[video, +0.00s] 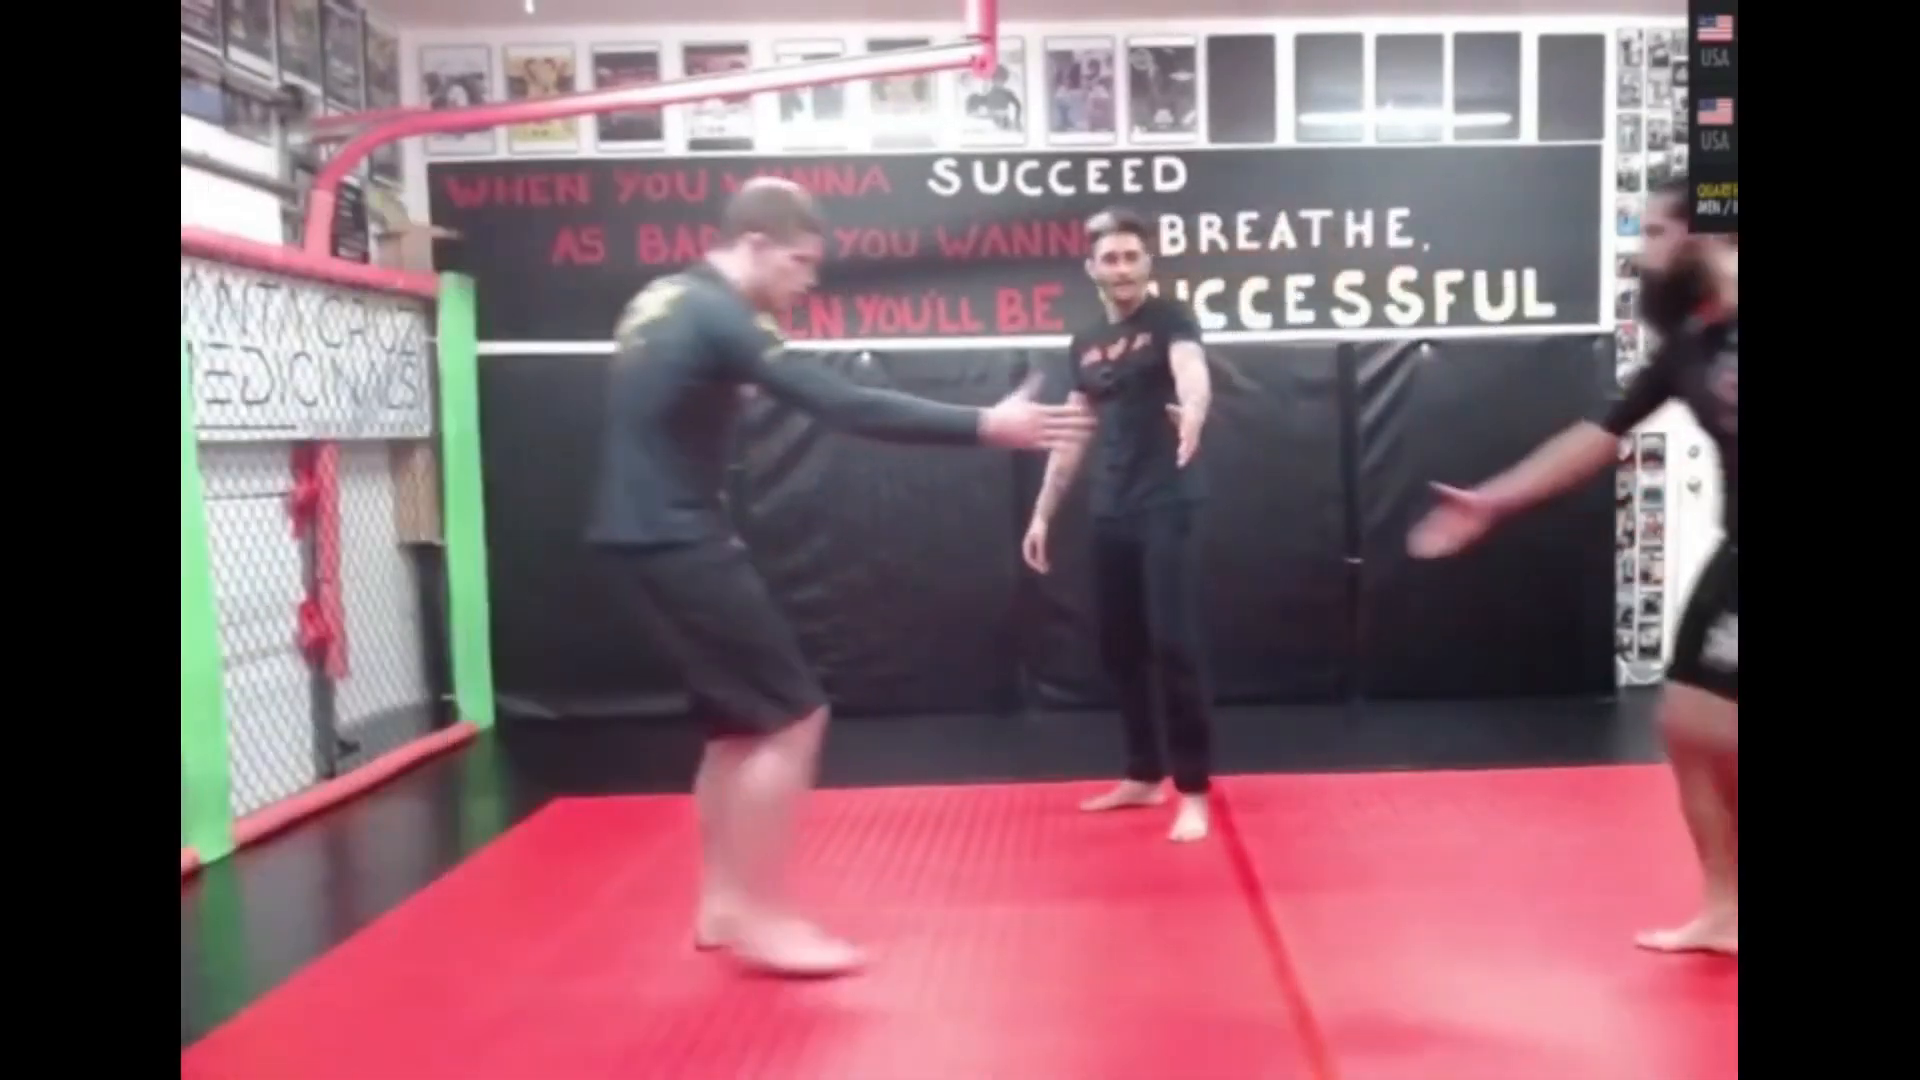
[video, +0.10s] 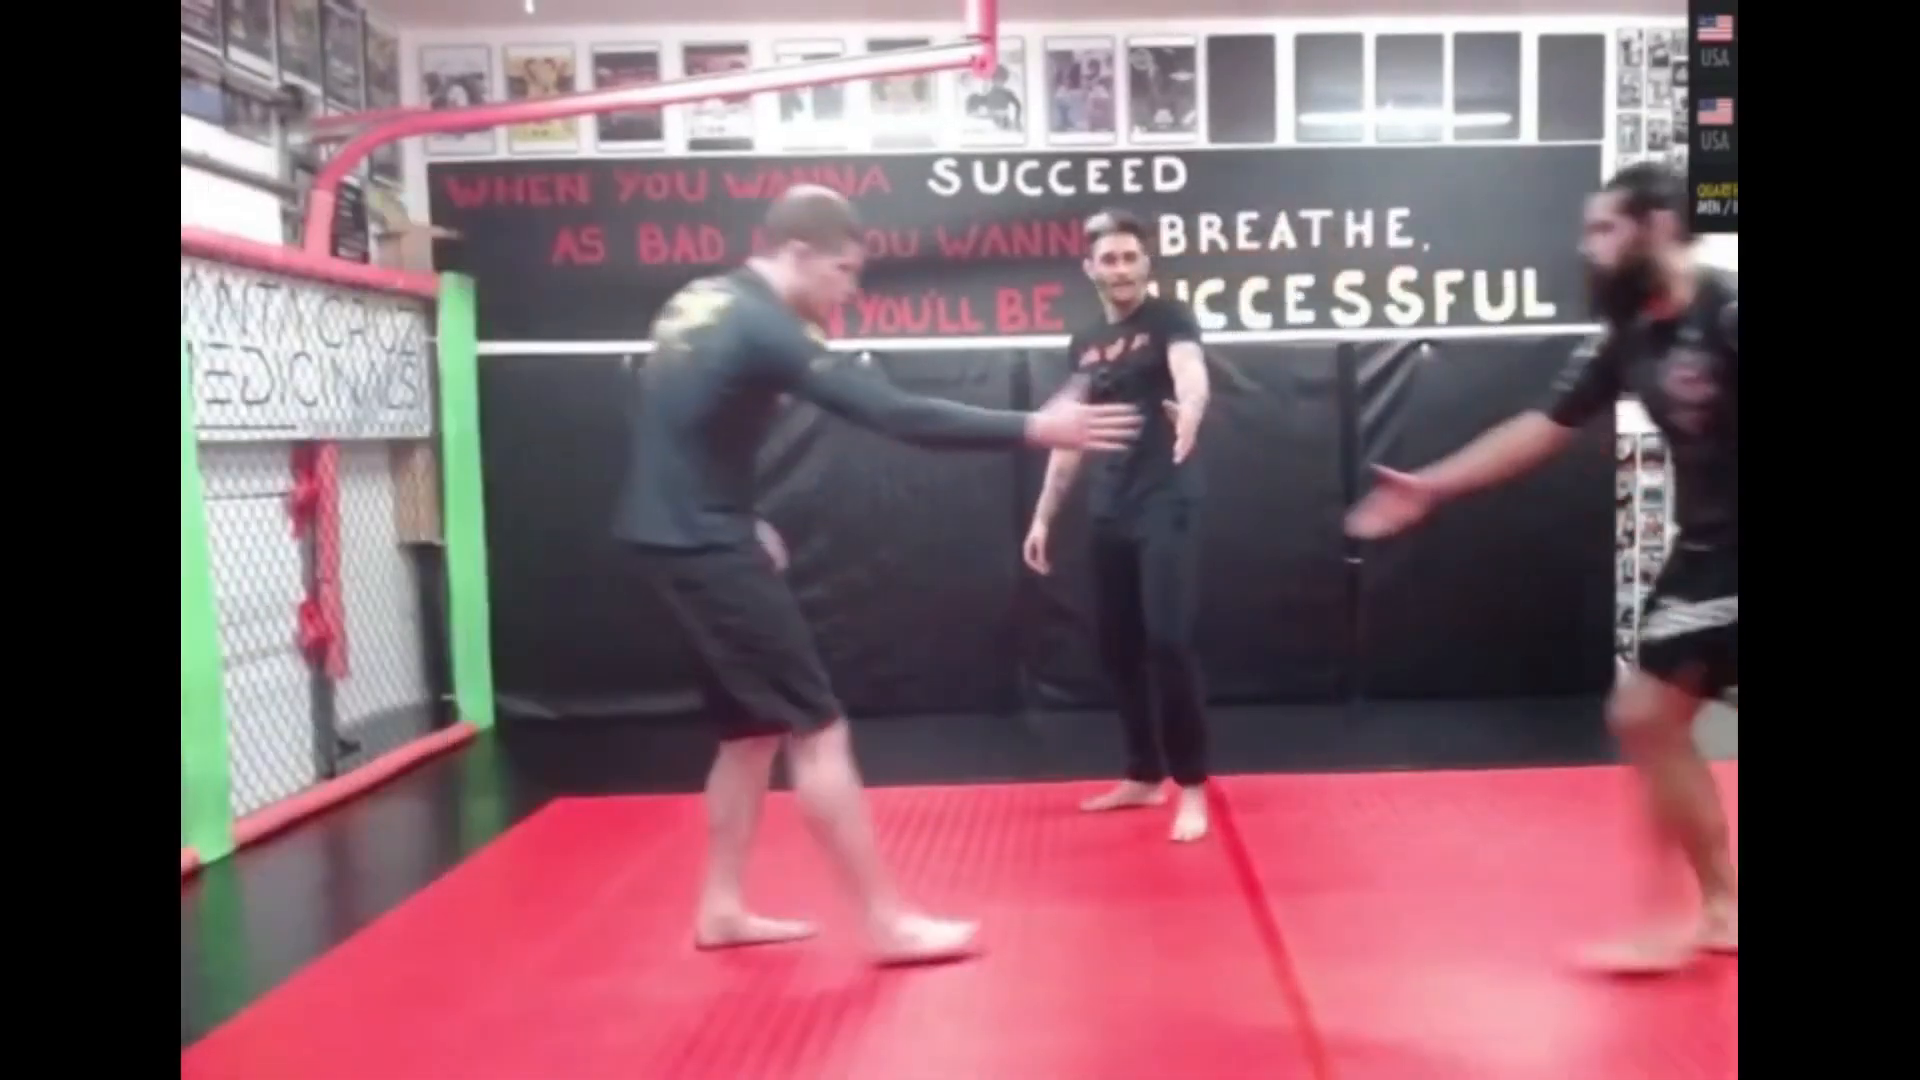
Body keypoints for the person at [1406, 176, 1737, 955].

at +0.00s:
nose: (1641, 250)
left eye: (1656, 232)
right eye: (1643, 232)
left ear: (1706, 241)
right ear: (1692, 246)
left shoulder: (1713, 344)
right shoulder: (1691, 347)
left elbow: (1599, 435)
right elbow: (1600, 435)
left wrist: (1485, 501)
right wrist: (1486, 500)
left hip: (1733, 555)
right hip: (1732, 552)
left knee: (1696, 720)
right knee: (1690, 719)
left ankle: (1724, 905)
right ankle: (1722, 906)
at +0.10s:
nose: (1590, 247)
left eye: (1605, 229)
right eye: (1589, 231)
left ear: (1663, 226)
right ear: (1628, 233)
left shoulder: (1726, 311)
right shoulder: (1633, 336)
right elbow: (1546, 425)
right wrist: (1427, 485)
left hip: (1729, 555)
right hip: (1701, 552)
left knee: (1644, 713)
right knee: (1652, 718)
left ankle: (1716, 903)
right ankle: (1719, 904)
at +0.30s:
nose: (1518, 253)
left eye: (1533, 235)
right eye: (1516, 238)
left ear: (1590, 234)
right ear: (1547, 245)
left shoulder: (1674, 327)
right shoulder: (1559, 340)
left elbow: (1733, 412)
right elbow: (1464, 421)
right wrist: (1340, 470)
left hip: (1678, 560)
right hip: (1624, 560)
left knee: (1553, 729)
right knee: (1612, 742)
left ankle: (1458, 923)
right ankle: (1716, 905)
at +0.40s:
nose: (1446, 271)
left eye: (1459, 254)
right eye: (1444, 255)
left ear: (1513, 253)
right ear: (1490, 259)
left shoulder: (1599, 348)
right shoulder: (1483, 358)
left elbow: (1692, 458)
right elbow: (1382, 435)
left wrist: (1694, 602)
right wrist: (1267, 468)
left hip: (1601, 577)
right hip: (1557, 574)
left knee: (1468, 733)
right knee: (1527, 744)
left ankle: (1445, 932)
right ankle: (1671, 868)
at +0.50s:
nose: (1380, 276)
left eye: (1391, 259)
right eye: (1380, 260)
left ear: (1445, 255)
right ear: (1431, 258)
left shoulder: (1540, 339)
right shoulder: (1429, 355)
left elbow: (1620, 455)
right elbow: (1354, 443)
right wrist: (1238, 489)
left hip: (1564, 567)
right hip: (1516, 565)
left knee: (1460, 731)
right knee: (1489, 727)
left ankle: (1446, 933)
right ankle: (1594, 858)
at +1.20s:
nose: (1303, 321)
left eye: (1311, 303)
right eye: (1301, 305)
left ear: (1362, 297)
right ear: (1355, 302)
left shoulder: (1464, 348)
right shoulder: (1377, 383)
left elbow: (1551, 448)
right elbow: (1352, 478)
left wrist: (1468, 551)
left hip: (1558, 536)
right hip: (1494, 542)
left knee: (1487, 720)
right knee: (1452, 706)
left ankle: (1549, 932)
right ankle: (1488, 867)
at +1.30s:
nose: (1302, 332)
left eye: (1310, 315)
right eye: (1300, 316)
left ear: (1358, 306)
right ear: (1355, 310)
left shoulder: (1463, 355)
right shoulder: (1378, 394)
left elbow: (1550, 464)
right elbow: (1370, 497)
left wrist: (1455, 559)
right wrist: (1327, 575)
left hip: (1561, 542)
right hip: (1493, 547)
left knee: (1496, 728)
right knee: (1448, 705)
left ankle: (1566, 940)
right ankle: (1486, 868)